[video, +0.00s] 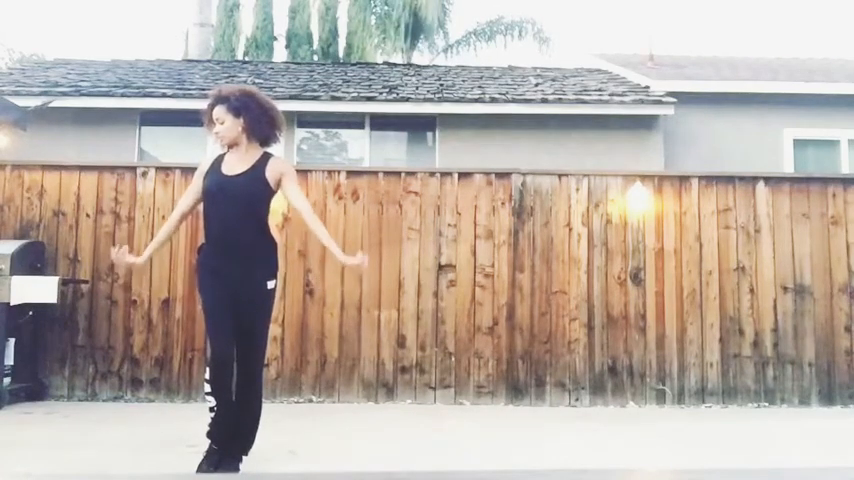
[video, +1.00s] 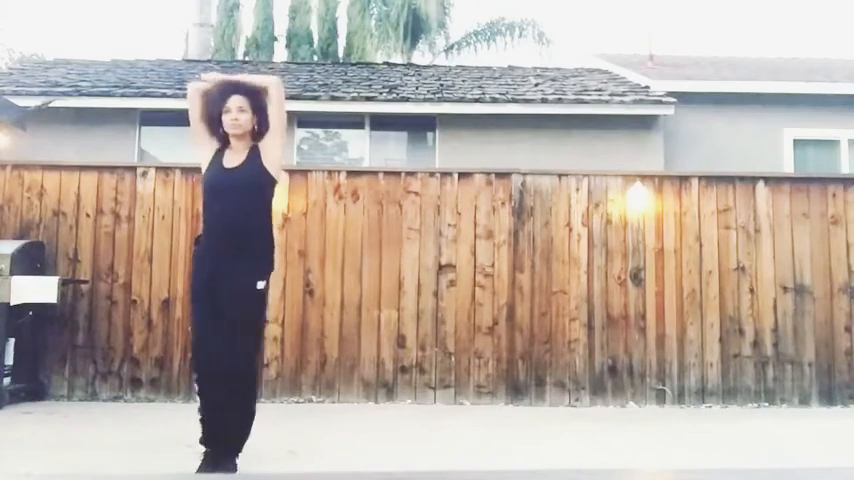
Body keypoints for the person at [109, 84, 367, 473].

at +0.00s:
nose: (215, 130)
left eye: (220, 122)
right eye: (213, 123)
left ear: (244, 120)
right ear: (221, 126)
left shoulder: (275, 165)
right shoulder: (213, 164)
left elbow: (305, 212)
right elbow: (179, 213)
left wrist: (341, 257)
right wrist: (143, 257)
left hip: (257, 273)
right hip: (214, 270)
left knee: (249, 363)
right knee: (221, 355)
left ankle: (237, 449)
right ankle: (220, 443)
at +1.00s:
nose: (234, 116)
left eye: (242, 110)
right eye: (229, 111)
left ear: (255, 117)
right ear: (220, 118)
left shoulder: (269, 151)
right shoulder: (210, 152)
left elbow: (276, 83)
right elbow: (195, 87)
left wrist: (239, 80)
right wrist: (233, 79)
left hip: (250, 263)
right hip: (209, 261)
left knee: (240, 355)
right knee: (208, 354)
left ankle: (229, 450)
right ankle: (213, 449)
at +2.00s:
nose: (309, 134)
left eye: (316, 127)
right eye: (301, 127)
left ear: (326, 135)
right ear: (290, 134)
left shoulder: (330, 169)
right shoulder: (278, 170)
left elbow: (332, 99)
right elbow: (259, 109)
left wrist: (296, 103)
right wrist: (298, 102)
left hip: (346, 280)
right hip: (303, 284)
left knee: (371, 372)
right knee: (263, 369)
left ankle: (379, 458)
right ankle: (232, 448)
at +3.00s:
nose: (161, 117)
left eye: (170, 111)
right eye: (159, 111)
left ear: (192, 119)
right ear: (157, 120)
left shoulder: (199, 160)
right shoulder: (151, 153)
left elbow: (233, 102)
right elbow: (106, 110)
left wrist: (229, 100)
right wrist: (149, 98)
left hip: (165, 273)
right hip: (140, 270)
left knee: (134, 365)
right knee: (149, 367)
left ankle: (93, 459)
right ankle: (212, 434)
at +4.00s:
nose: (188, 118)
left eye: (196, 112)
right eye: (185, 114)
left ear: (217, 118)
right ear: (182, 122)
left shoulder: (238, 163)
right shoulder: (175, 165)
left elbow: (259, 222)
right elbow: (158, 223)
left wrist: (260, 203)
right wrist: (126, 212)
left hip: (215, 264)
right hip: (175, 262)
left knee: (186, 353)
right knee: (177, 355)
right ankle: (198, 447)